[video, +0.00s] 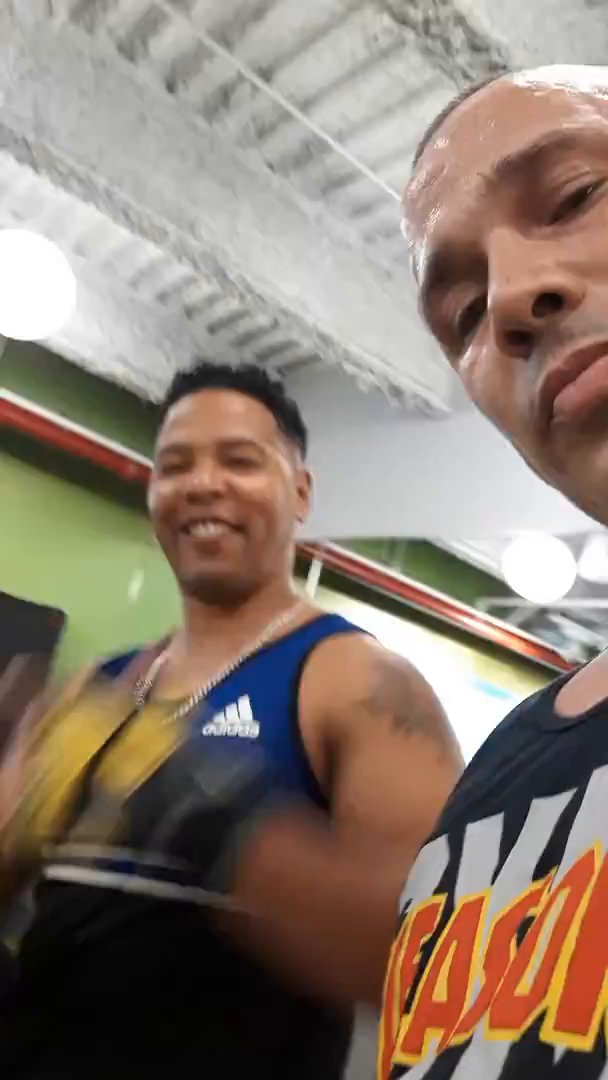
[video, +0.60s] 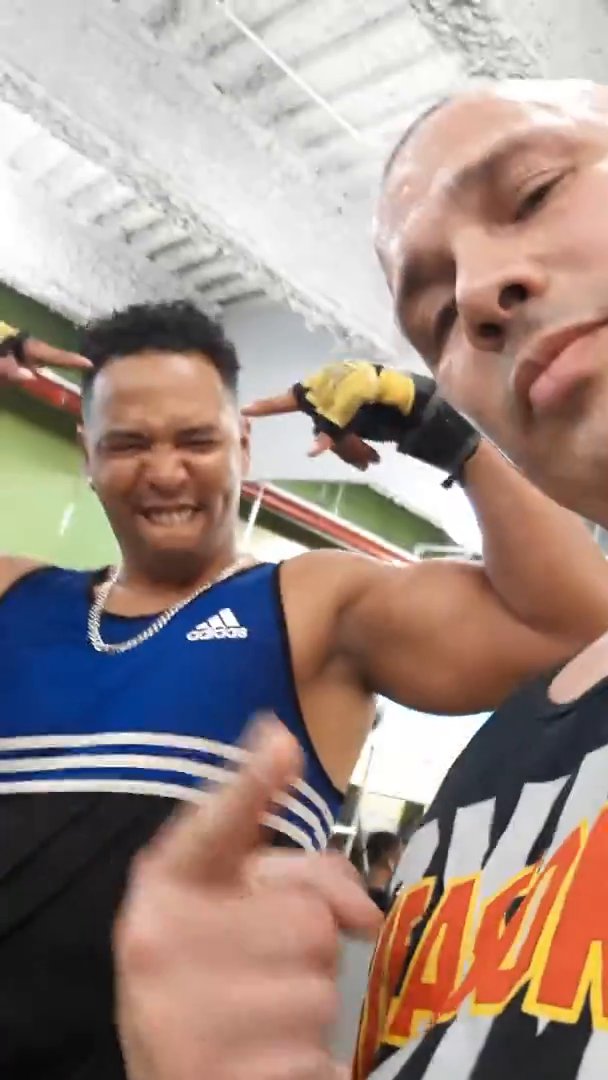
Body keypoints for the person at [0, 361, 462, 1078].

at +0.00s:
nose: (203, 485)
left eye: (240, 461)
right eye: (176, 464)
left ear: (300, 494)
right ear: (150, 496)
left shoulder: (362, 686)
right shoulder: (100, 688)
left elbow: (425, 940)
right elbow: (7, 877)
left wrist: (219, 826)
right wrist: (26, 819)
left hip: (253, 1063)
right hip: (54, 1052)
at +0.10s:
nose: (185, 460)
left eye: (223, 439)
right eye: (158, 438)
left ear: (284, 475)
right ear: (128, 468)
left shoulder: (341, 678)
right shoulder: (49, 666)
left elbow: (500, 866)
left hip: (230, 1065)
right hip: (24, 1055)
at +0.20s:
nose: (195, 445)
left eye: (233, 425)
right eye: (166, 419)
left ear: (282, 463)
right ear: (131, 455)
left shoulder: (349, 634)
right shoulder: (40, 621)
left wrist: (509, 538)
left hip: (218, 1054)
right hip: (25, 1042)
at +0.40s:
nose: (183, 440)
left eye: (218, 415)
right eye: (151, 412)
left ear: (265, 439)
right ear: (113, 429)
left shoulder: (331, 601)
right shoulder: (20, 582)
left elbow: (571, 645)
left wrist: (473, 439)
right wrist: (1, 354)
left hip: (205, 1049)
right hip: (6, 1033)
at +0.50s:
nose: (478, 283)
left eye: (526, 185)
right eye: (432, 301)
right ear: (442, 386)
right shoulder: (492, 745)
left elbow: (564, 634)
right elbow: (387, 1047)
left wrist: (452, 435)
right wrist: (226, 1056)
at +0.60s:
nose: (166, 473)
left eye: (197, 440)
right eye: (130, 444)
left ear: (242, 447)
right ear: (89, 461)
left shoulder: (322, 601)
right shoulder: (18, 593)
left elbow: (573, 622)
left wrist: (451, 438)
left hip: (211, 1048)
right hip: (6, 1036)